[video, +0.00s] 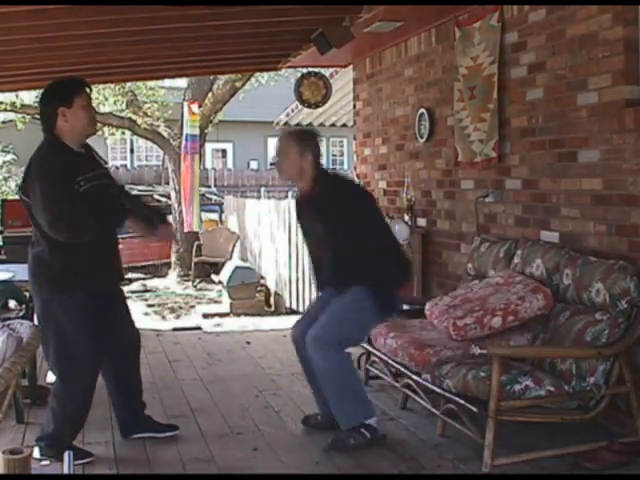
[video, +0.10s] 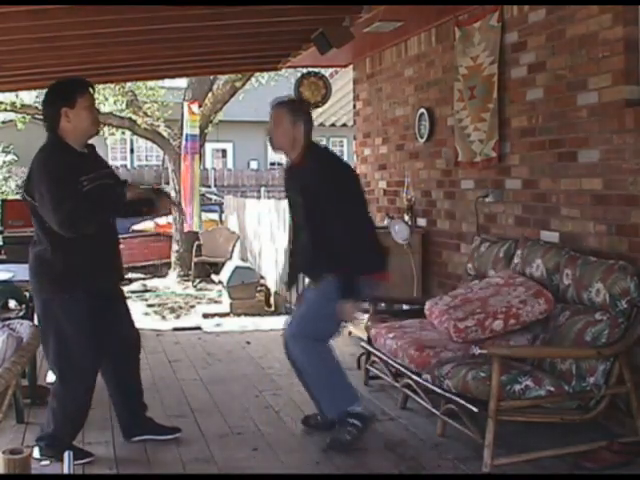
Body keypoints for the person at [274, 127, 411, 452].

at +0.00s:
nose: (276, 163)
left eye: (281, 155)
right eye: (276, 156)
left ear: (306, 157)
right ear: (299, 159)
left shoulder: (346, 193)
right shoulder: (304, 202)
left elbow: (380, 244)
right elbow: (322, 251)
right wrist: (328, 290)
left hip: (375, 286)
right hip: (340, 285)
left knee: (321, 340)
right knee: (302, 334)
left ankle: (364, 425)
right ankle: (333, 413)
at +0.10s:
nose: (269, 132)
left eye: (276, 123)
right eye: (270, 124)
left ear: (298, 127)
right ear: (289, 129)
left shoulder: (330, 169)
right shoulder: (296, 172)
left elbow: (349, 229)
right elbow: (303, 230)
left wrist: (349, 290)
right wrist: (295, 279)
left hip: (347, 273)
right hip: (325, 272)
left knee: (302, 335)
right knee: (294, 337)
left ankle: (352, 412)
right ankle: (332, 411)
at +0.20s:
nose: (260, 110)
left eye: (266, 103)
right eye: (261, 103)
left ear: (291, 107)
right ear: (284, 109)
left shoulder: (312, 150)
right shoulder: (287, 151)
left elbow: (324, 216)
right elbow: (288, 214)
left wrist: (305, 275)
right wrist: (256, 252)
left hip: (333, 260)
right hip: (323, 259)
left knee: (279, 327)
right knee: (308, 339)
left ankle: (311, 412)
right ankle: (342, 411)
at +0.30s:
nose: (250, 96)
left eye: (257, 88)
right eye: (249, 89)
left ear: (281, 93)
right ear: (272, 96)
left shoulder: (298, 134)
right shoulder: (271, 137)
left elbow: (299, 203)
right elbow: (268, 205)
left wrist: (274, 258)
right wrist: (236, 241)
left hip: (309, 254)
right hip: (298, 253)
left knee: (262, 334)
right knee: (300, 342)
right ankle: (338, 409)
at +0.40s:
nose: (236, 91)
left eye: (244, 84)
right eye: (237, 84)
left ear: (269, 90)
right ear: (263, 92)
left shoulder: (278, 133)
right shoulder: (264, 131)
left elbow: (275, 203)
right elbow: (260, 200)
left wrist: (243, 249)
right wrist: (236, 244)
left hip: (282, 256)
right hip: (279, 255)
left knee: (241, 343)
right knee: (281, 340)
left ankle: (232, 439)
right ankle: (332, 399)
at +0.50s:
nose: (224, 84)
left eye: (231, 77)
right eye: (225, 77)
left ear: (256, 83)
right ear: (254, 85)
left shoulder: (259, 129)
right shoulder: (260, 125)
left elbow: (251, 199)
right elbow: (250, 196)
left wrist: (233, 259)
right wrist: (231, 250)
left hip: (264, 255)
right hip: (268, 253)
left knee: (226, 345)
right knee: (247, 335)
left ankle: (229, 440)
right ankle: (305, 394)